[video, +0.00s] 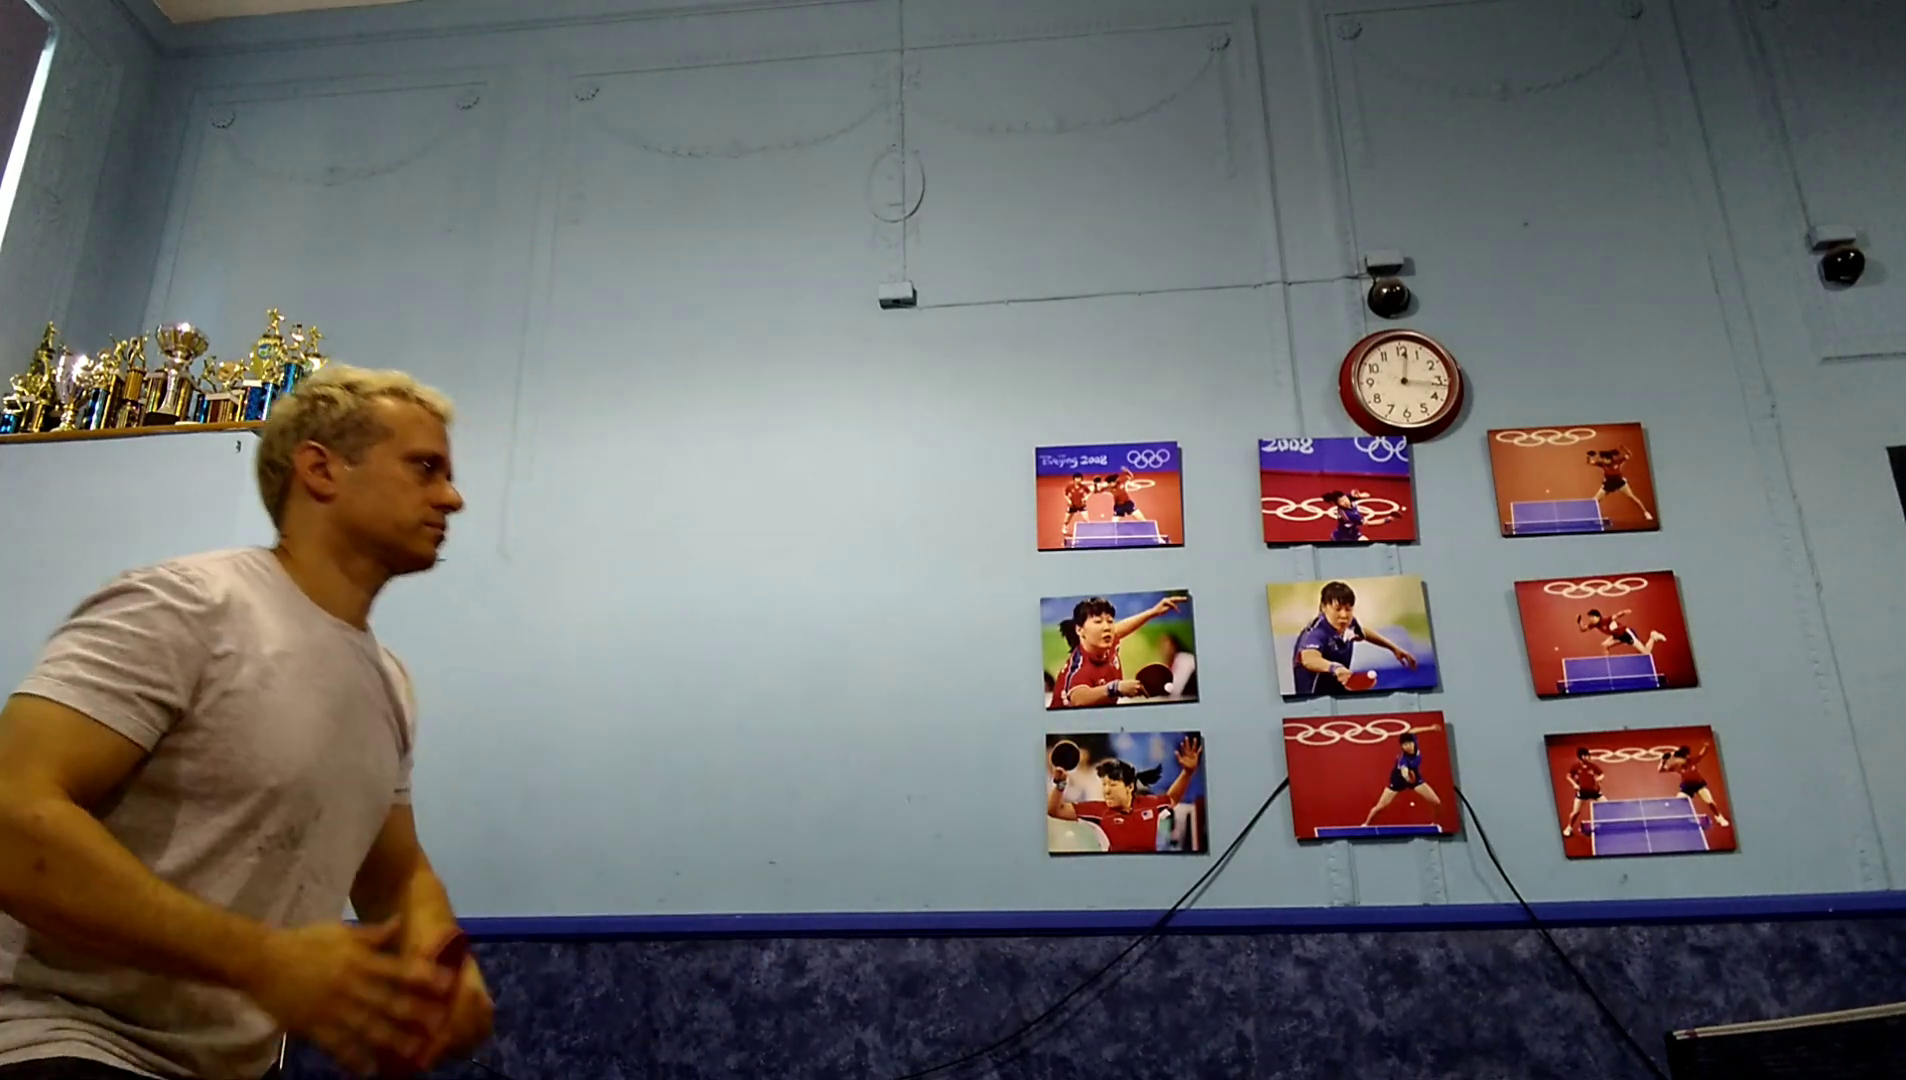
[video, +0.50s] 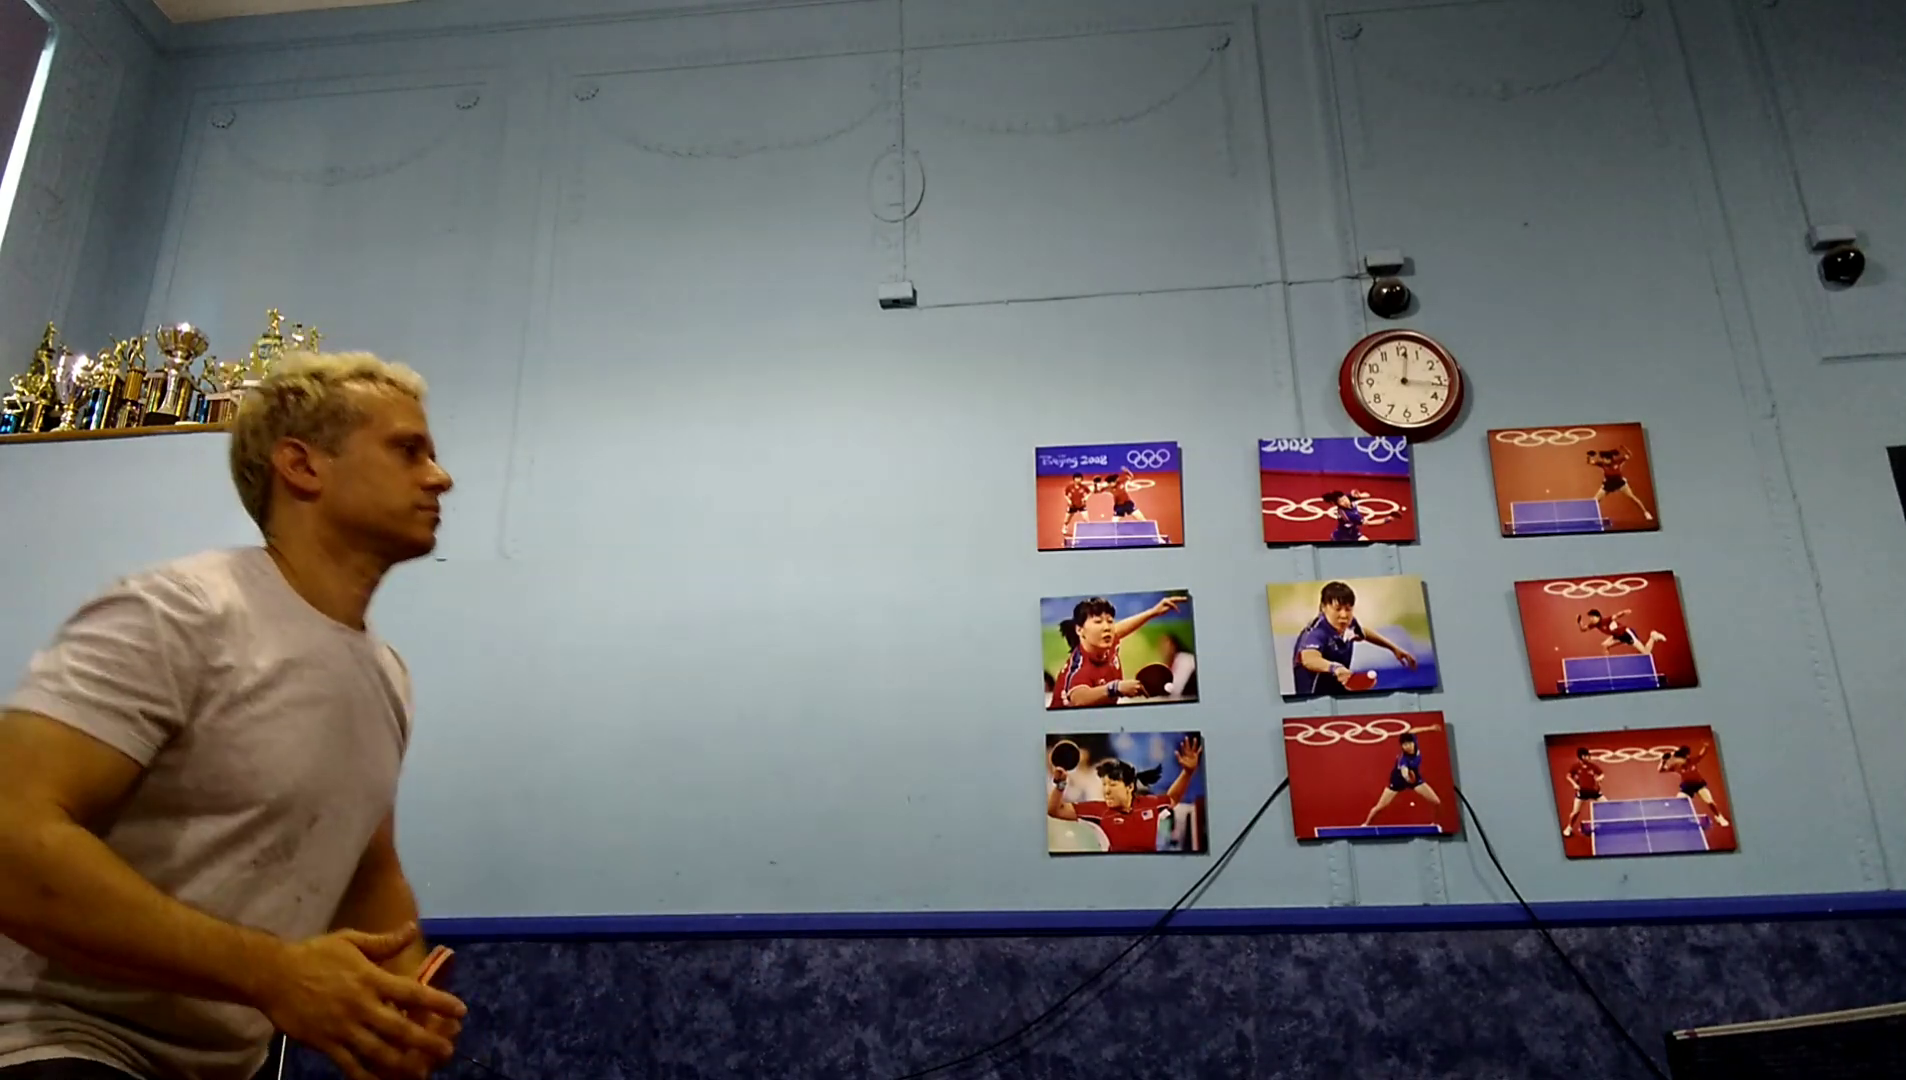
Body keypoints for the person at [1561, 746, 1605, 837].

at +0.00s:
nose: (1588, 758)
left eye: (1588, 755)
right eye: (1586, 756)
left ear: (1588, 756)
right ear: (1581, 757)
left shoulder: (1592, 766)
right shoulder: (1576, 767)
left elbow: (1602, 775)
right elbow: (1568, 776)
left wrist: (1598, 779)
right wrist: (1574, 784)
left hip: (1594, 791)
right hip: (1582, 791)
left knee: (1607, 806)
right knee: (1576, 812)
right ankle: (1569, 827)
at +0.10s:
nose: (1588, 758)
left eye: (1588, 755)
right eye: (1586, 756)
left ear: (1588, 756)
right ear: (1581, 757)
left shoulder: (1592, 766)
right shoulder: (1576, 767)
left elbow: (1602, 774)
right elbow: (1568, 776)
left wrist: (1598, 779)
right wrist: (1574, 784)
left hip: (1594, 791)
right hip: (1582, 791)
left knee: (1607, 806)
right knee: (1576, 812)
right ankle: (1569, 827)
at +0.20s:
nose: (1588, 758)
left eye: (1588, 755)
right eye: (1586, 756)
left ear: (1588, 756)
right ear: (1581, 757)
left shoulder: (1592, 766)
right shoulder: (1576, 767)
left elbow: (1602, 774)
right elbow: (1568, 776)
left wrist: (1598, 779)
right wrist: (1574, 784)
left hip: (1594, 791)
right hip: (1582, 791)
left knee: (1607, 806)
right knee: (1576, 812)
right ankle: (1569, 827)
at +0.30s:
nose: (1588, 758)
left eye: (1588, 755)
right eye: (1586, 756)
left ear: (1588, 756)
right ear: (1581, 757)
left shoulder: (1592, 766)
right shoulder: (1576, 767)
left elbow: (1602, 774)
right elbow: (1568, 776)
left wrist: (1598, 779)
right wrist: (1574, 784)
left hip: (1594, 791)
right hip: (1582, 791)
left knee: (1607, 806)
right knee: (1576, 812)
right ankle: (1569, 827)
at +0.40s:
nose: (1588, 758)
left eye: (1588, 755)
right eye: (1586, 756)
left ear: (1588, 756)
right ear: (1581, 757)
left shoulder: (1592, 766)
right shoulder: (1576, 767)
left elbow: (1602, 774)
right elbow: (1568, 776)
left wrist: (1598, 779)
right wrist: (1574, 784)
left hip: (1594, 791)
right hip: (1582, 791)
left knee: (1607, 806)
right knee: (1576, 812)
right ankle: (1569, 827)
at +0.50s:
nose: (1588, 758)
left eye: (1588, 755)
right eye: (1586, 756)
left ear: (1588, 756)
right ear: (1581, 757)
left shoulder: (1592, 766)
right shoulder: (1576, 767)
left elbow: (1602, 774)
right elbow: (1568, 776)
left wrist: (1598, 779)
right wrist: (1574, 784)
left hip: (1594, 791)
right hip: (1582, 791)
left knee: (1607, 806)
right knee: (1576, 812)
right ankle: (1569, 827)